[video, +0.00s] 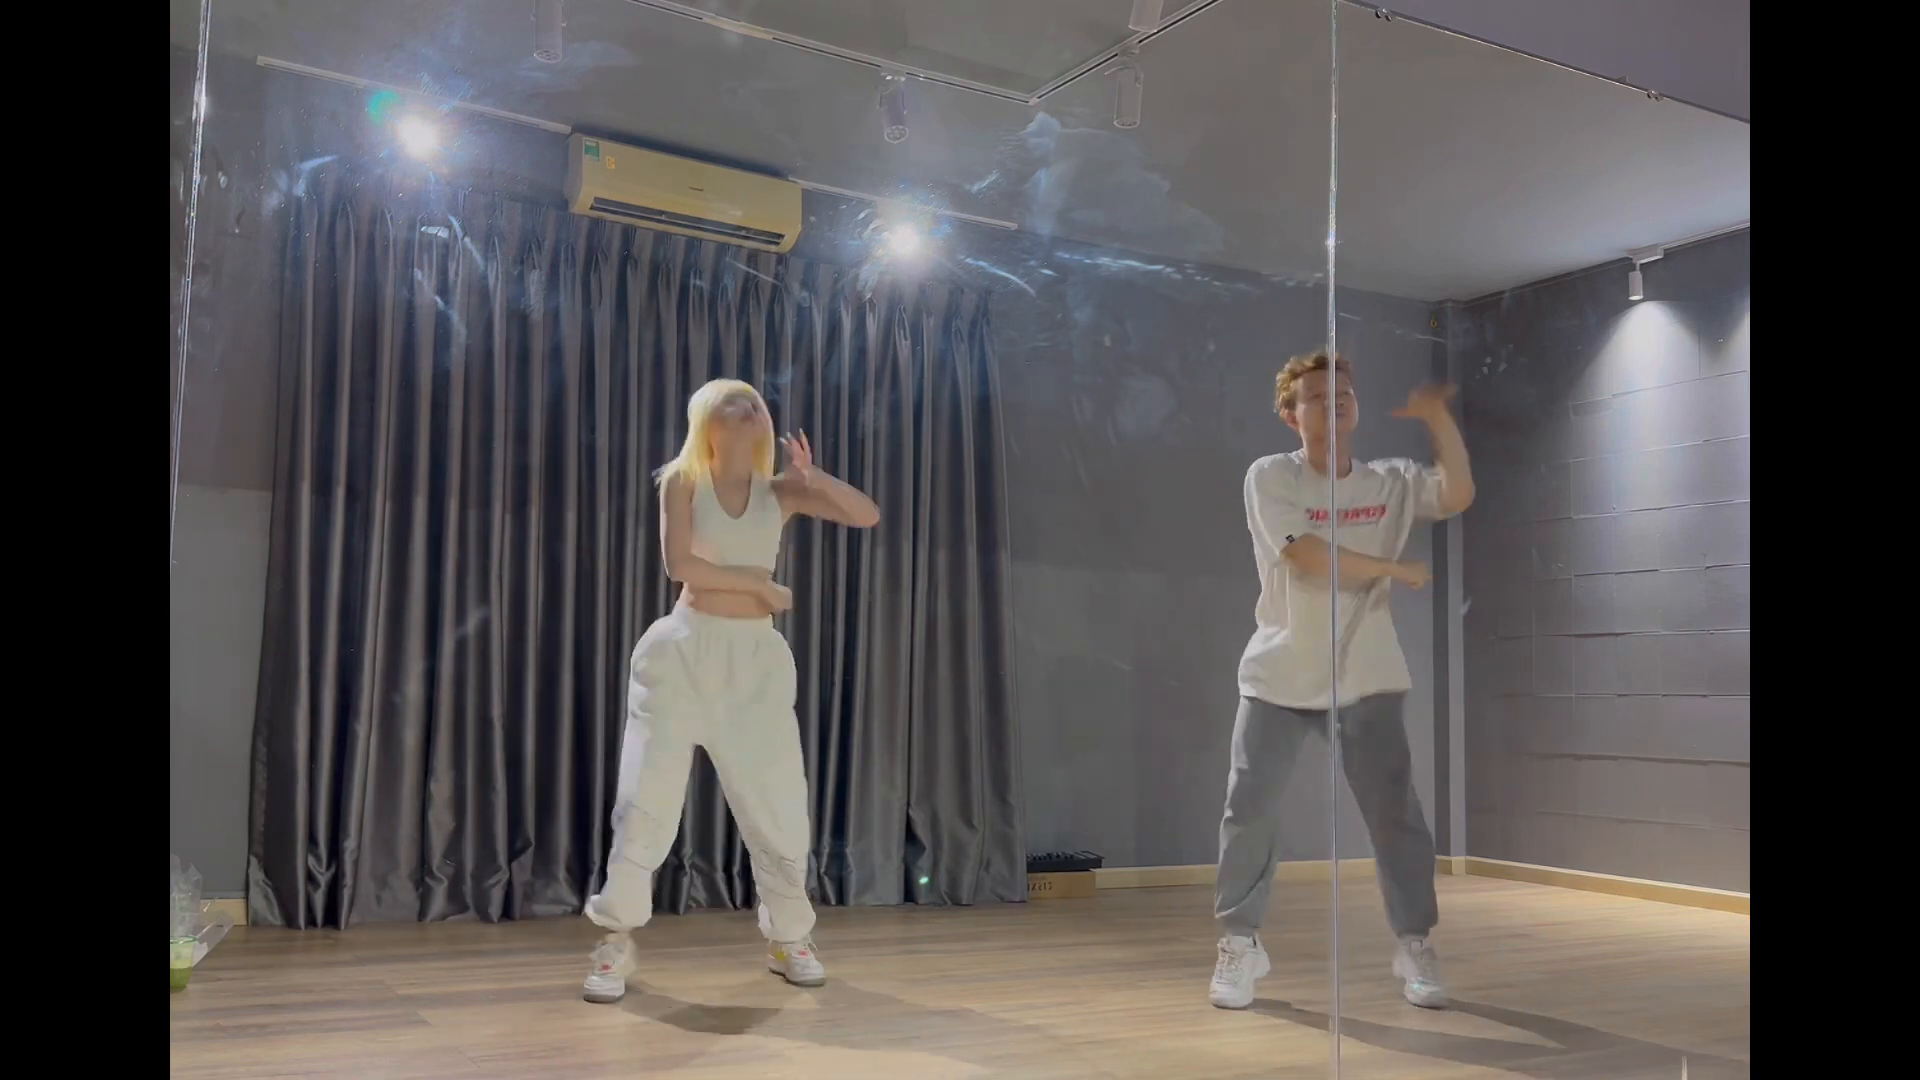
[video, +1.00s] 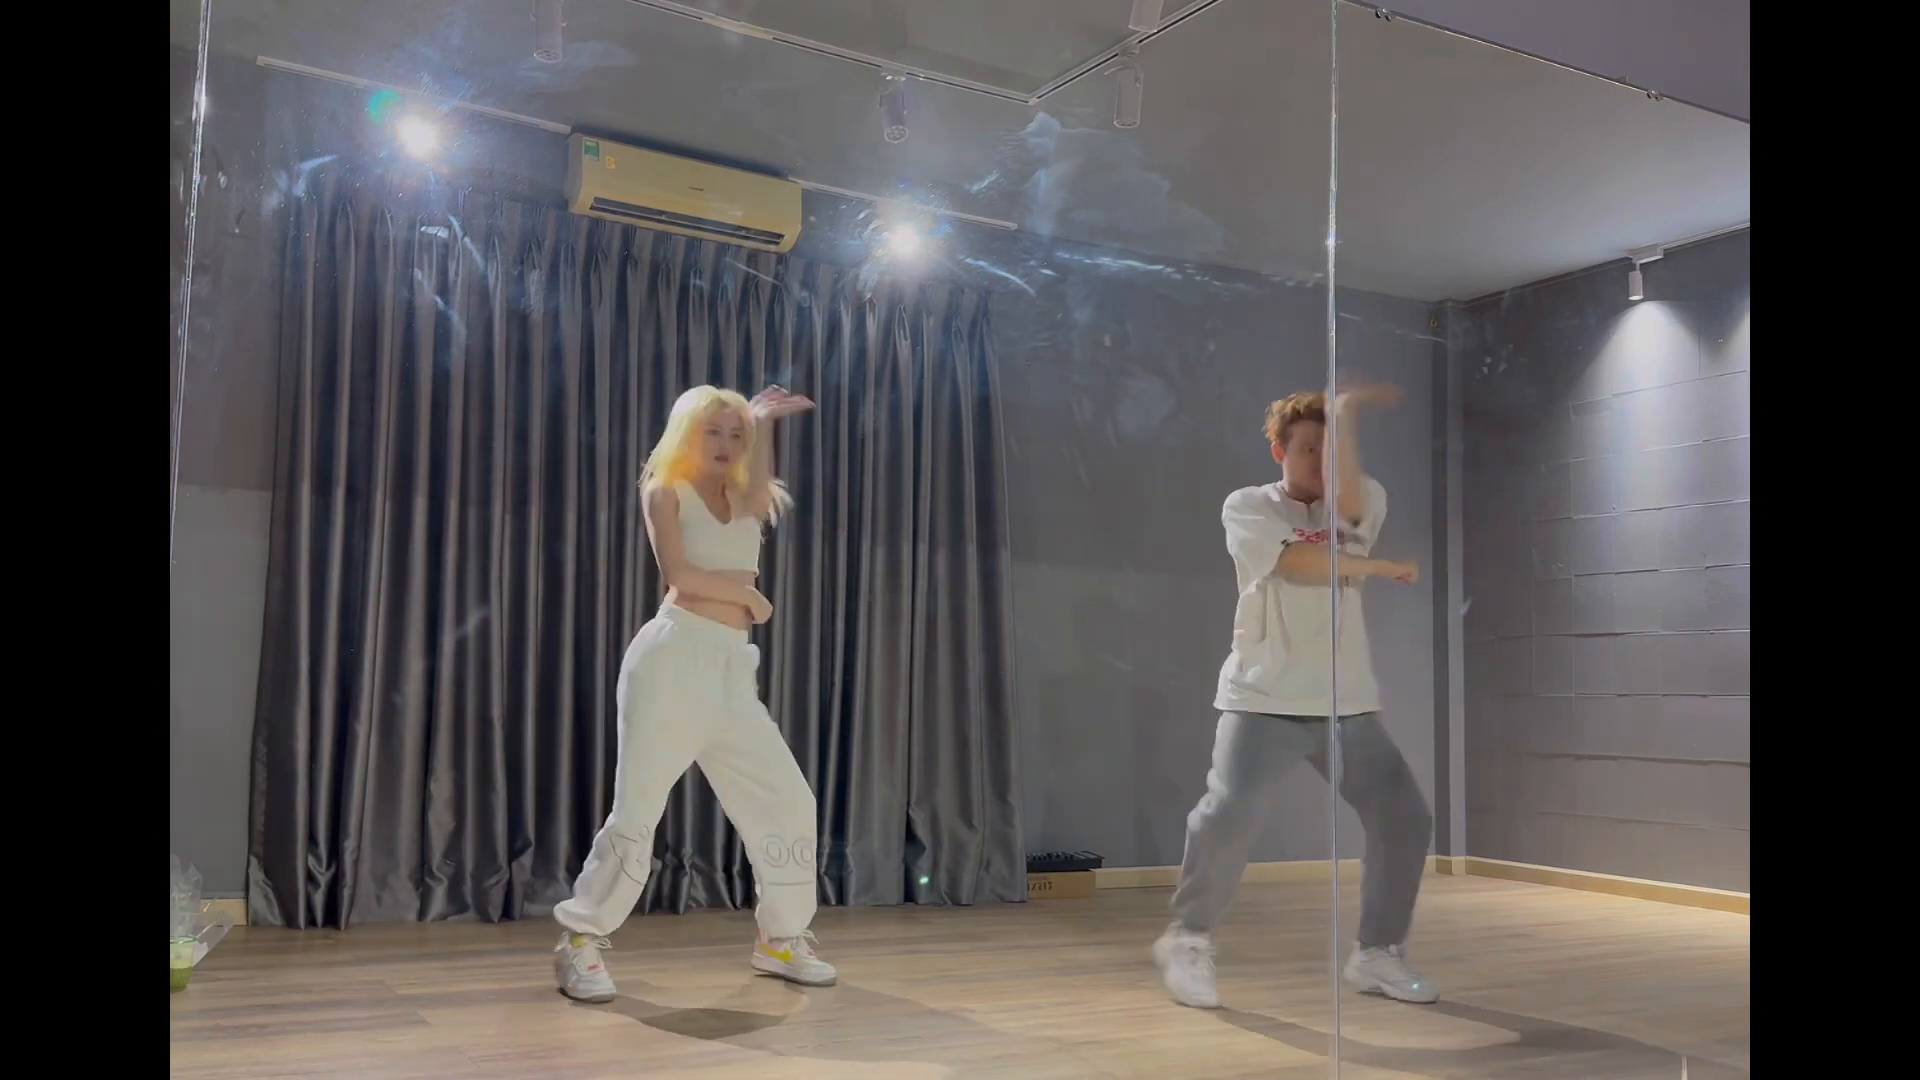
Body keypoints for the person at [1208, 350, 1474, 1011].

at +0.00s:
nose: (1331, 409)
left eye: (1341, 398)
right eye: (1315, 400)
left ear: (1357, 407)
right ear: (1291, 413)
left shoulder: (1391, 480)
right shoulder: (1271, 477)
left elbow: (1458, 493)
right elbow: (1302, 554)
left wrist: (1441, 421)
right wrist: (1393, 568)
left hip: (1368, 674)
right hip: (1281, 673)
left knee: (1393, 809)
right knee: (1248, 804)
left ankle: (1415, 946)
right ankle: (1238, 944)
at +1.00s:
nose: (1320, 461)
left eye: (1328, 449)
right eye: (1307, 448)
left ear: (1339, 453)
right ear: (1278, 452)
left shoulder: (1359, 509)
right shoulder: (1246, 507)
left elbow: (1347, 495)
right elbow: (1288, 561)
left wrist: (1345, 417)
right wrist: (1376, 567)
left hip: (1344, 705)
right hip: (1261, 704)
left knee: (1404, 818)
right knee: (1227, 810)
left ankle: (1378, 953)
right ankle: (1187, 942)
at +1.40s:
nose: (1335, 482)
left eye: (1343, 473)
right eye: (1323, 468)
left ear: (1348, 477)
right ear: (1286, 465)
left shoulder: (1327, 524)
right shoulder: (1265, 529)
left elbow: (1385, 488)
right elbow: (1340, 598)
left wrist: (1380, 485)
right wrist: (1402, 607)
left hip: (1365, 716)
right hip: (1298, 725)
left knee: (1444, 844)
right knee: (1253, 851)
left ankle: (1387, 962)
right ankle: (1166, 956)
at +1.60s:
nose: (1391, 460)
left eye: (1394, 448)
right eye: (1380, 445)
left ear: (1378, 455)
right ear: (1340, 450)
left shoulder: (1364, 510)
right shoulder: (1324, 509)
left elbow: (1419, 525)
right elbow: (1357, 545)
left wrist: (1399, 453)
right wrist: (1398, 466)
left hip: (1424, 700)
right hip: (1378, 710)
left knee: (1449, 835)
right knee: (1440, 836)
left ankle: (1392, 960)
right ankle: (1332, 889)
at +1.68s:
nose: (1406, 452)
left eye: (1410, 442)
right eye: (1396, 440)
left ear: (1406, 448)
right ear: (1358, 445)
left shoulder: (1390, 514)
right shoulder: (1342, 507)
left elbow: (1463, 559)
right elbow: (1383, 562)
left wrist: (1421, 484)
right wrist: (1397, 481)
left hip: (1417, 700)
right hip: (1393, 701)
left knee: (1431, 830)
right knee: (1513, 790)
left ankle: (1389, 961)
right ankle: (1418, 901)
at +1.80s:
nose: (1425, 450)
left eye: (1427, 440)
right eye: (1415, 437)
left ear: (1384, 448)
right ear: (1373, 438)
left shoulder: (1370, 510)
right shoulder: (1369, 515)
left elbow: (1461, 570)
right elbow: (1468, 570)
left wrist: (1470, 493)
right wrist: (1465, 486)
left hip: (1390, 707)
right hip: (1426, 703)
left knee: (1445, 831)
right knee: (1537, 794)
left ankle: (1387, 964)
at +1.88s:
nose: (1433, 460)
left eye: (1436, 451)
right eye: (1425, 445)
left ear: (1394, 452)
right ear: (1384, 442)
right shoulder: (1387, 517)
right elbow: (1486, 552)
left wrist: (1516, 485)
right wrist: (1558, 505)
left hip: (1404, 717)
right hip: (1457, 705)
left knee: (1454, 840)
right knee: (1533, 836)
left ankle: (1390, 968)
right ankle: (1558, 970)